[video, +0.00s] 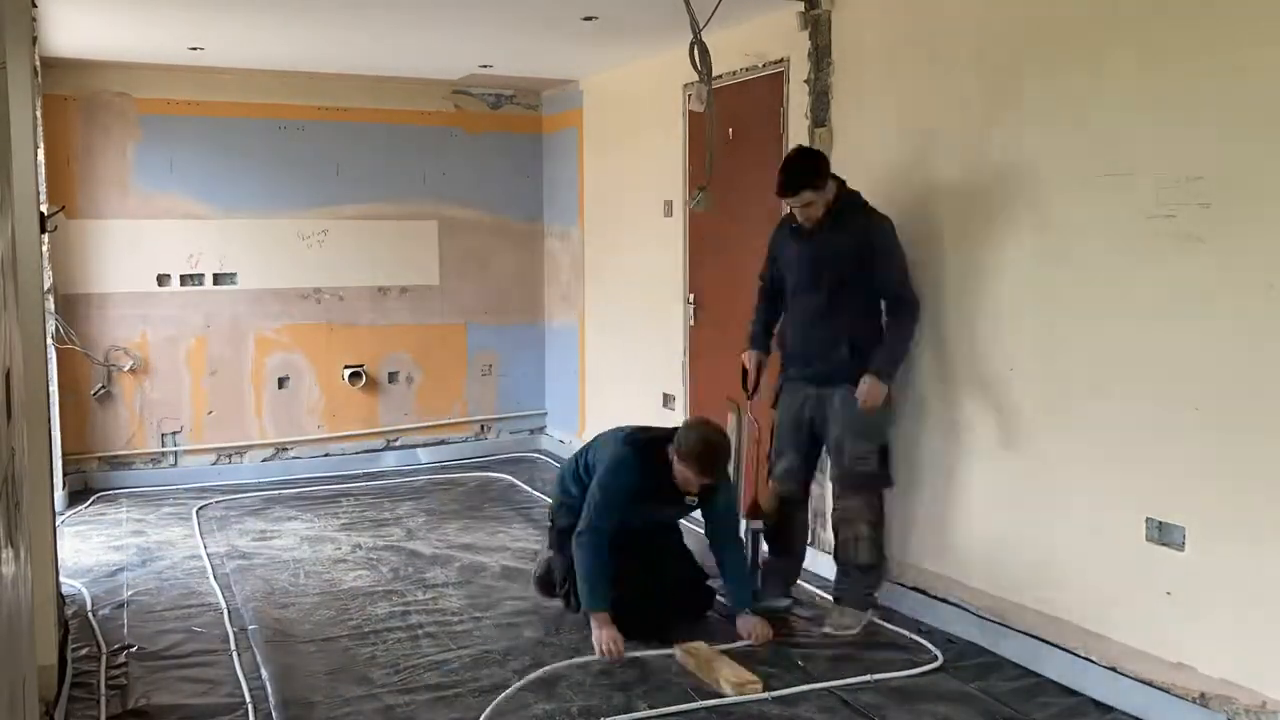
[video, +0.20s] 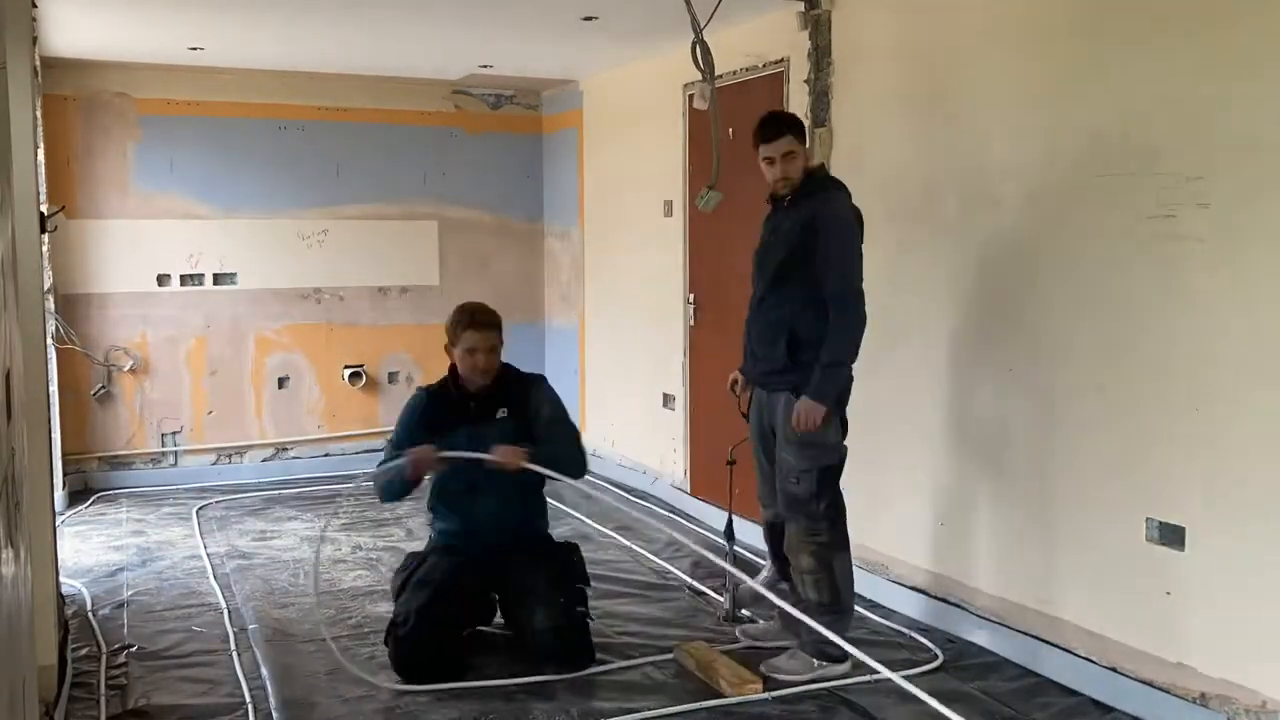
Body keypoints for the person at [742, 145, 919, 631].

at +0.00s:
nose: (798, 215)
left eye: (807, 205)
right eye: (791, 206)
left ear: (829, 188)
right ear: (784, 198)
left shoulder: (871, 228)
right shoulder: (786, 232)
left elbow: (903, 308)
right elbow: (771, 292)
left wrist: (881, 372)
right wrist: (757, 345)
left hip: (853, 384)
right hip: (797, 381)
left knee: (856, 492)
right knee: (785, 486)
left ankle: (855, 599)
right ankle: (775, 590)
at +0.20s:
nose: (779, 168)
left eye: (787, 156)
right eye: (770, 160)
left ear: (806, 152)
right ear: (760, 164)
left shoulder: (831, 209)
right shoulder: (779, 213)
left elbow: (847, 309)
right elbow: (768, 300)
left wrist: (823, 392)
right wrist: (750, 368)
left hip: (808, 391)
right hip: (768, 387)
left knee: (810, 516)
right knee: (778, 511)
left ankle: (828, 638)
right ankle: (793, 616)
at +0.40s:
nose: (723, 204)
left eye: (728, 191)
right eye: (718, 193)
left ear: (762, 180)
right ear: (757, 180)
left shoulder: (779, 240)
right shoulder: (798, 213)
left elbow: (782, 356)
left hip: (800, 396)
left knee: (784, 520)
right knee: (799, 513)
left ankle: (822, 653)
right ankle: (795, 625)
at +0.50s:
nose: (764, 175)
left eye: (772, 164)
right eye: (756, 167)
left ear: (796, 162)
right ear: (749, 171)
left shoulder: (819, 218)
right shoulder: (770, 221)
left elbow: (821, 319)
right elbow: (759, 310)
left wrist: (789, 404)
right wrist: (739, 378)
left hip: (804, 399)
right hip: (767, 395)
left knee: (803, 524)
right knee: (779, 523)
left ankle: (823, 645)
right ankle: (797, 637)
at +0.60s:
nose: (726, 218)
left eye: (725, 204)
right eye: (719, 210)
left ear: (752, 179)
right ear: (741, 190)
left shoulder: (817, 220)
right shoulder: (758, 234)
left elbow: (863, 307)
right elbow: (771, 317)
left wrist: (790, 352)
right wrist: (727, 367)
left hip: (826, 401)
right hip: (783, 400)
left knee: (818, 535)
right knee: (787, 532)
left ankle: (830, 660)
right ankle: (809, 647)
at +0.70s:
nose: (655, 217)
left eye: (655, 203)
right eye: (649, 207)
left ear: (685, 181)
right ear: (674, 191)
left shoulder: (741, 218)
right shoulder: (702, 233)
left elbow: (789, 309)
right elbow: (713, 327)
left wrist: (735, 378)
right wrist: (670, 375)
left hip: (763, 398)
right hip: (736, 397)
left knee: (741, 525)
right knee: (770, 517)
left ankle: (735, 664)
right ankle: (807, 627)